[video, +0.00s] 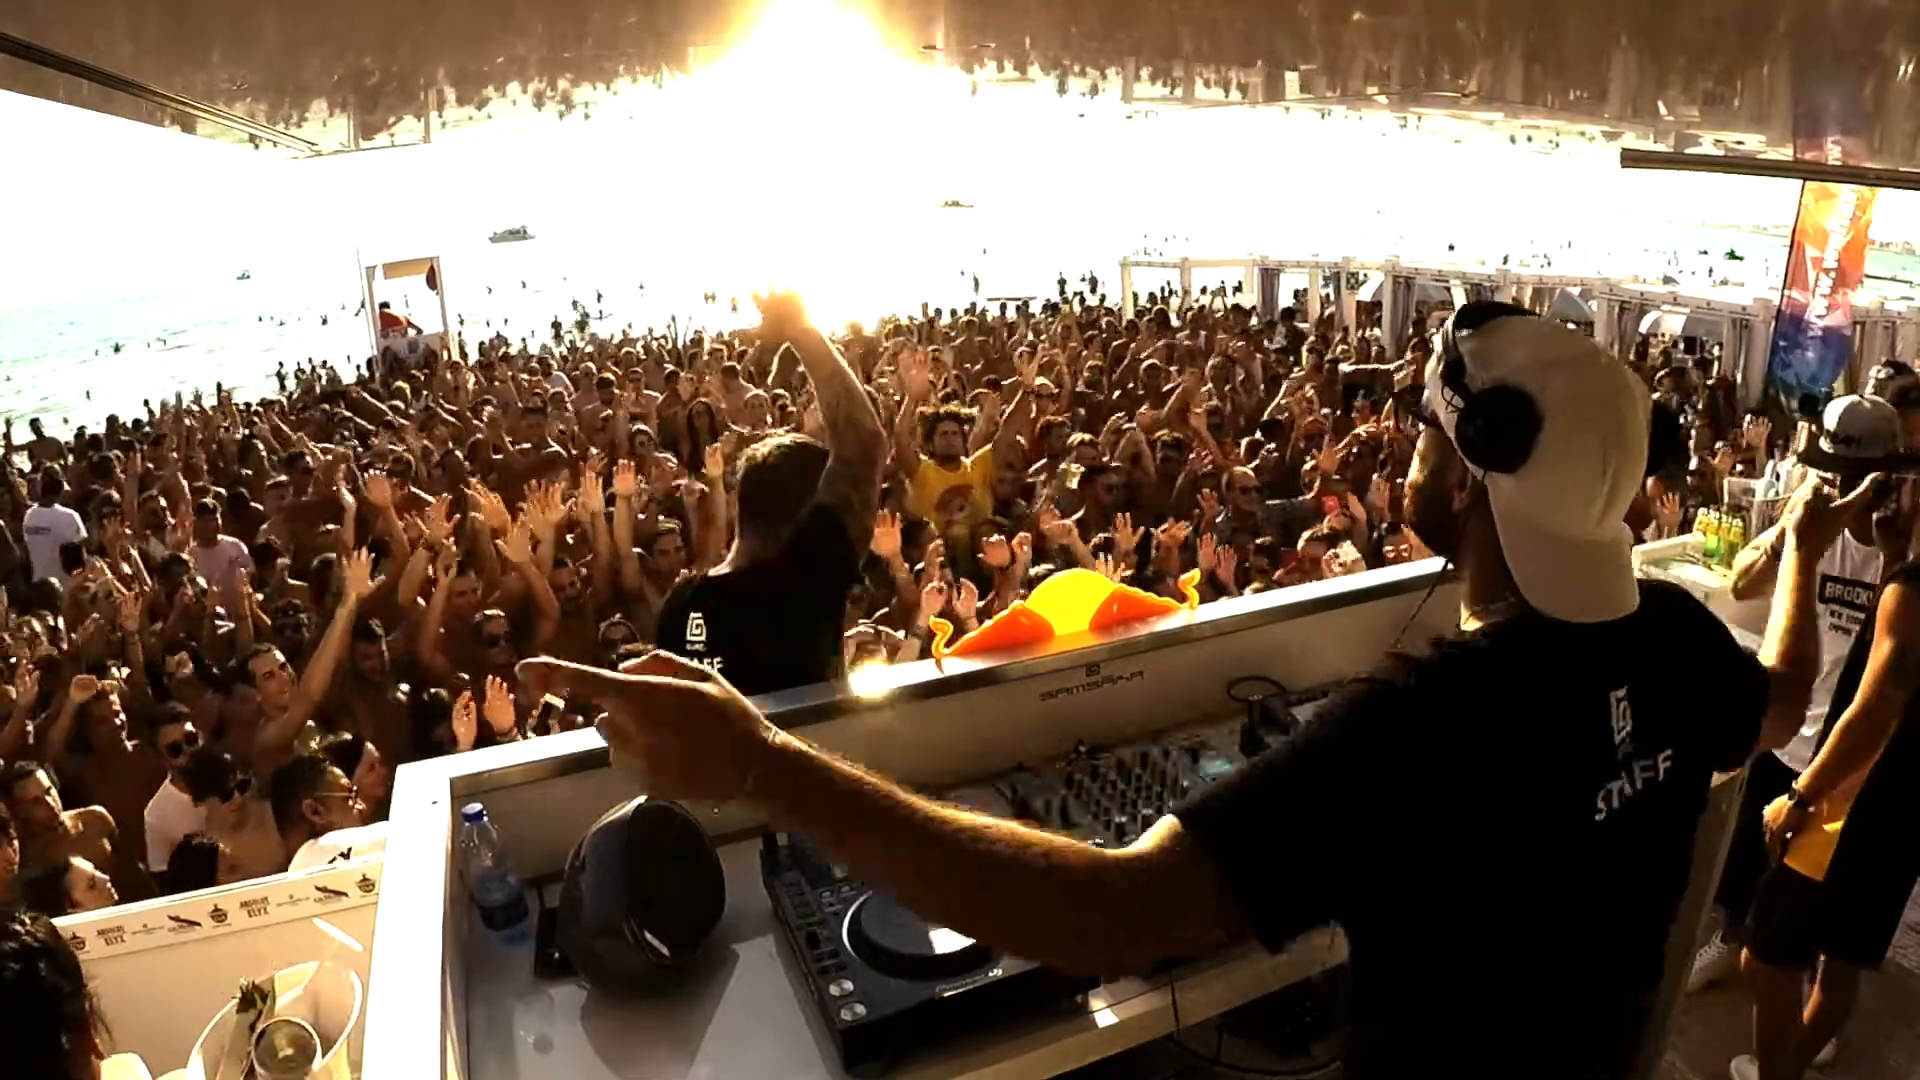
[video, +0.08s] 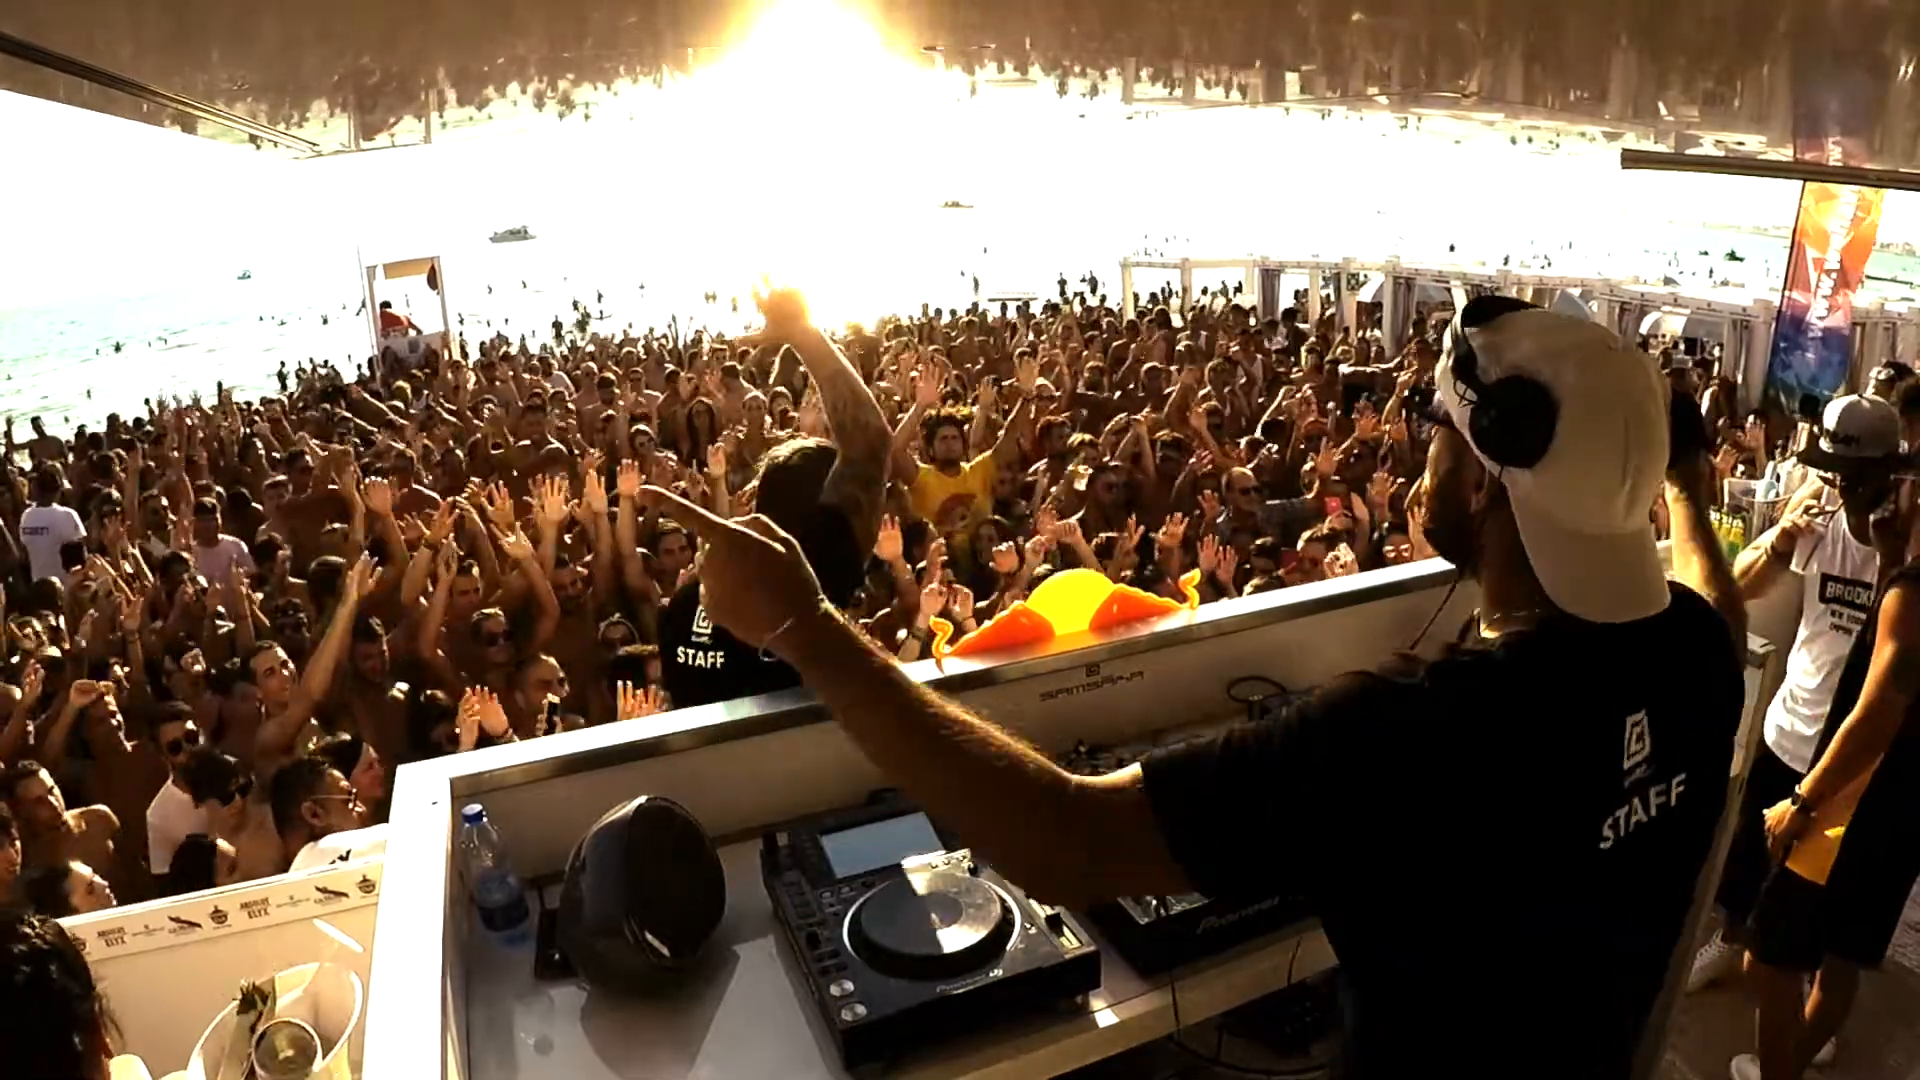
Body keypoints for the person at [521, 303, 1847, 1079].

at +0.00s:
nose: (1415, 476)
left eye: (1437, 443)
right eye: (1434, 436)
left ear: (1476, 487)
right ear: (1624, 489)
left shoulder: (1419, 730)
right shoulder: (1683, 653)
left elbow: (1117, 916)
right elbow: (1771, 711)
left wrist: (766, 769)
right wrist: (1789, 546)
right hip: (1598, 1074)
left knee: (1108, 1068)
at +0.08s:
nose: (1426, 465)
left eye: (1444, 440)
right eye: (1435, 436)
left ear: (1489, 487)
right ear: (1631, 480)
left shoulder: (1427, 733)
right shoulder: (1701, 658)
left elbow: (1088, 848)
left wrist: (807, 632)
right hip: (1600, 1059)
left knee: (1122, 1051)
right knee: (1211, 1026)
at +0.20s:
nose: (1410, 461)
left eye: (1424, 436)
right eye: (1419, 432)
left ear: (1469, 486)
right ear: (1620, 478)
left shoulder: (1390, 741)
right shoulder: (1698, 664)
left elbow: (1032, 838)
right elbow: (1636, 577)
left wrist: (782, 619)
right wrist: (1617, 450)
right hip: (1595, 1066)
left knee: (1121, 1054)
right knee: (1206, 1031)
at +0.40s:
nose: (1370, 488)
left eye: (1385, 458)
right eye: (1380, 451)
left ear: (1418, 495)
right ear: (1568, 488)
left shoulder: (1373, 746)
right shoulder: (1664, 669)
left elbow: (1073, 995)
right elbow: (1796, 764)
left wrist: (686, 909)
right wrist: (1885, 592)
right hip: (1563, 1063)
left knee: (899, 942)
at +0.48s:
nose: (1385, 474)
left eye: (1401, 437)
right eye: (1411, 434)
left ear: (1428, 478)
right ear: (1597, 470)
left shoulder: (1368, 743)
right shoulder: (1673, 650)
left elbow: (1052, 909)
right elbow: (1748, 691)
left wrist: (702, 767)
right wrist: (1772, 522)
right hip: (1596, 1057)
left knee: (973, 1070)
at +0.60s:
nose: (1424, 490)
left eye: (1433, 460)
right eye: (1432, 456)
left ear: (1465, 500)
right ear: (1620, 488)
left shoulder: (1408, 731)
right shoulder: (1688, 657)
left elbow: (1053, 790)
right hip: (1604, 1061)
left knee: (1097, 1059)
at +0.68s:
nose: (1411, 501)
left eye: (1418, 471)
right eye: (1415, 470)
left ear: (1453, 507)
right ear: (1615, 484)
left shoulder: (1391, 737)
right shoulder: (1689, 656)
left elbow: (1049, 838)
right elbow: (1641, 557)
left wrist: (801, 643)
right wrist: (1589, 437)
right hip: (1609, 1058)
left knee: (1136, 1046)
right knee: (1205, 1024)